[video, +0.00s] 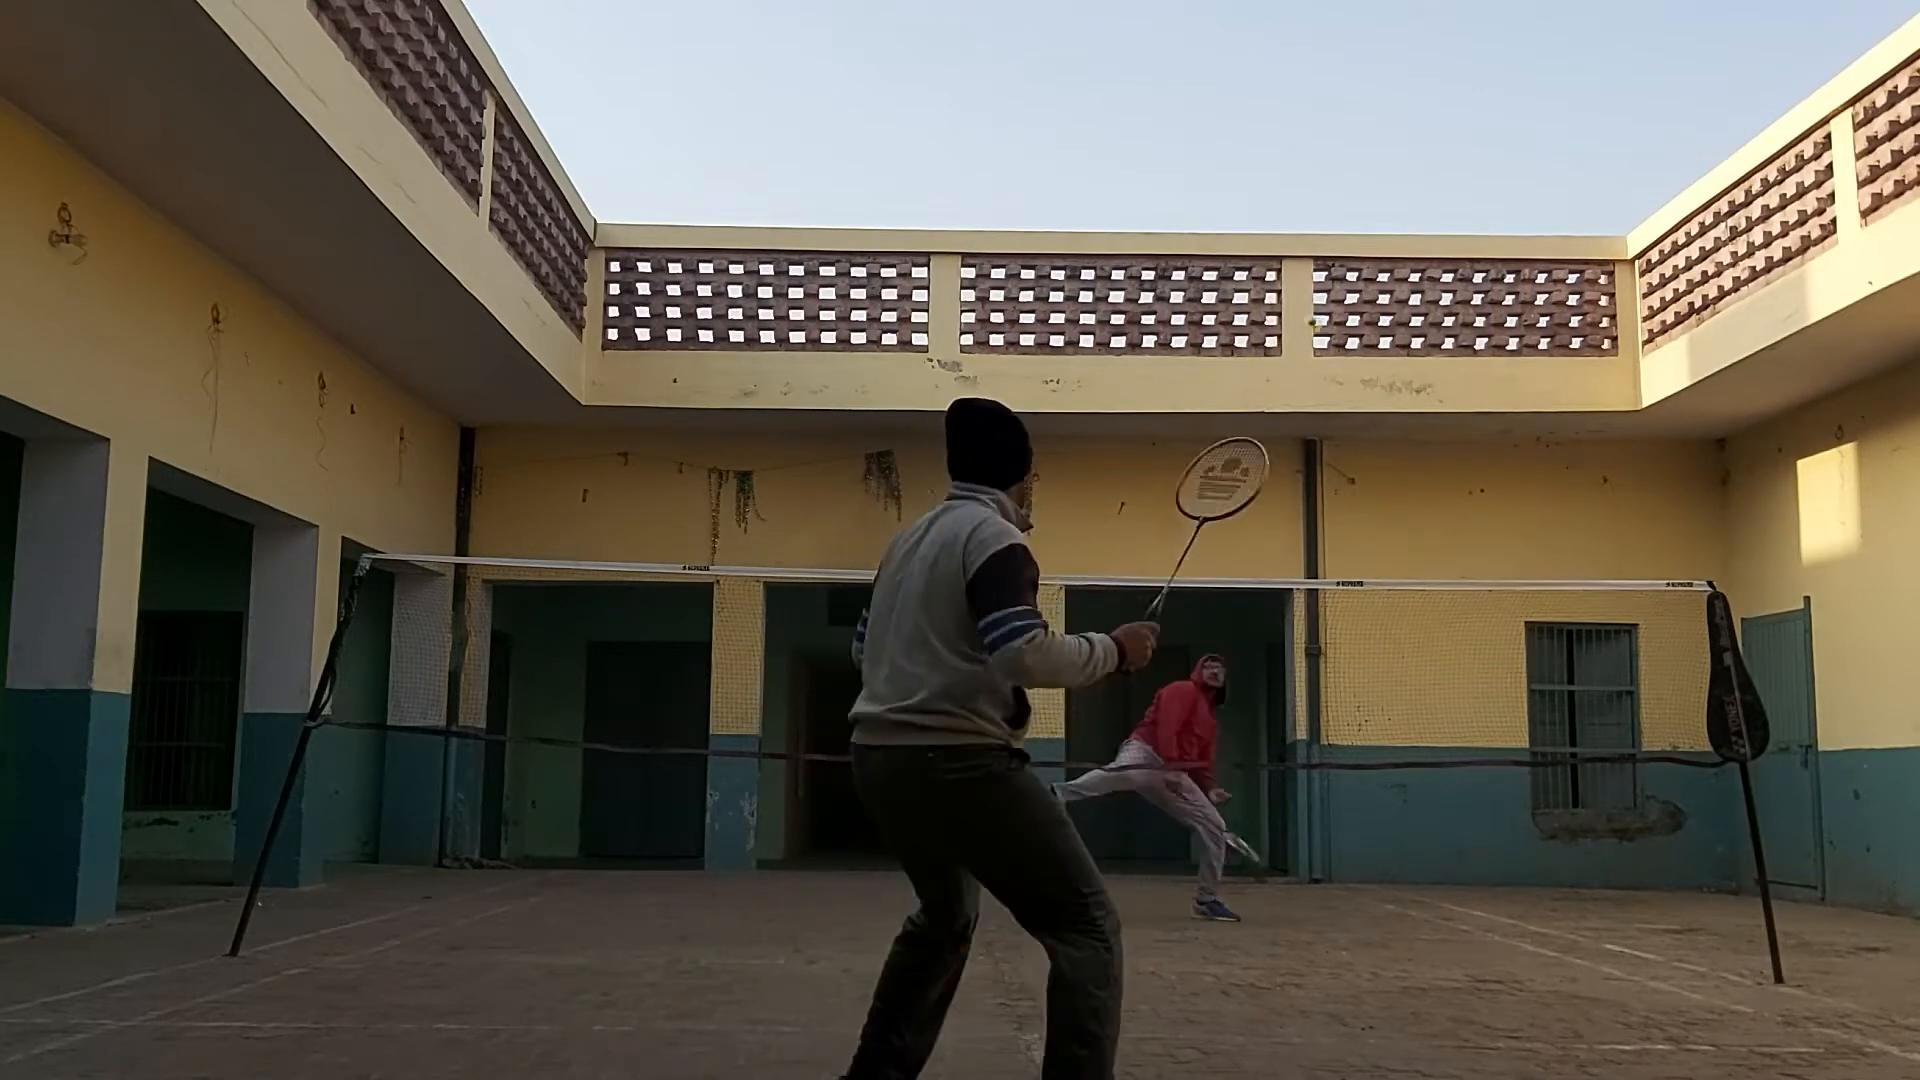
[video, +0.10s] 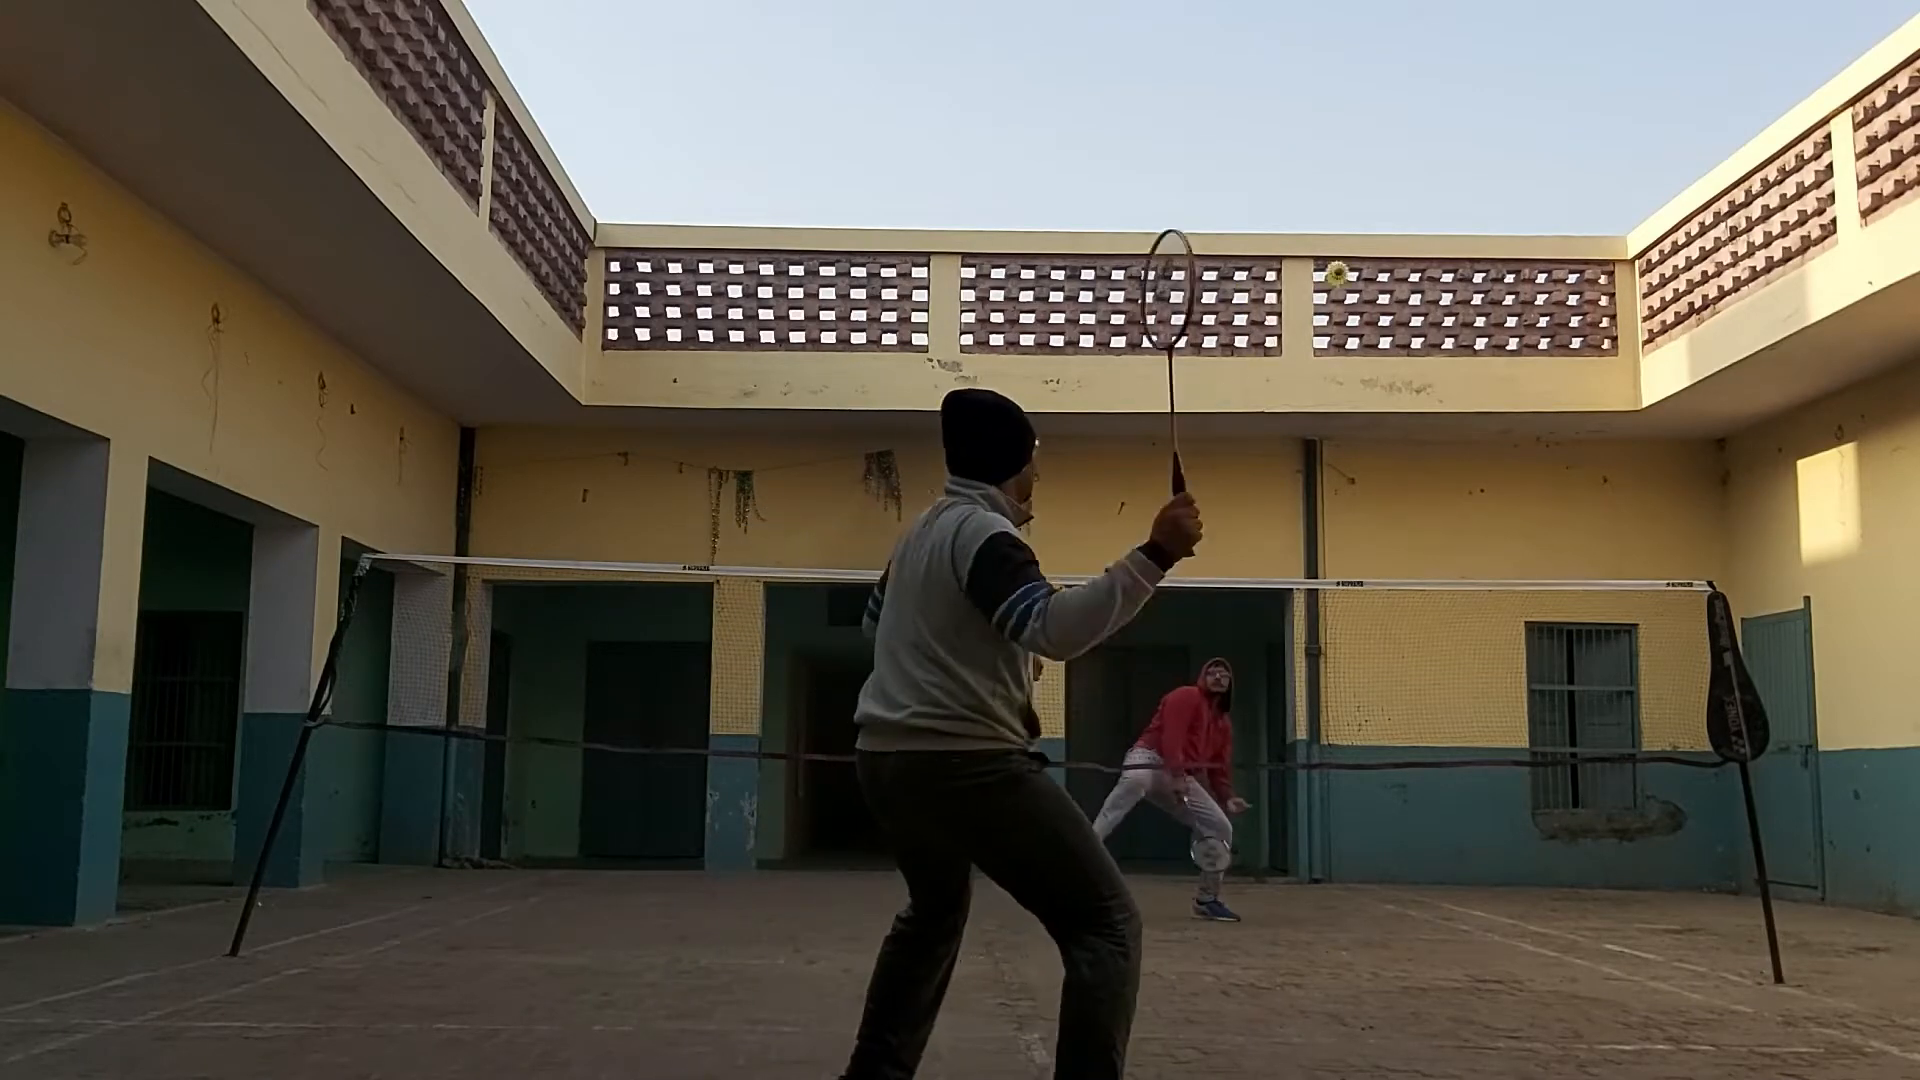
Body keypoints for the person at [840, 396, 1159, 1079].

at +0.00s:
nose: (1029, 492)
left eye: (1028, 479)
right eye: (1028, 479)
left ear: (959, 471)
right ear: (1016, 477)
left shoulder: (906, 541)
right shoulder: (994, 537)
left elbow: (869, 651)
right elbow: (1020, 653)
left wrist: (975, 677)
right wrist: (1112, 650)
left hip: (881, 761)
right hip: (966, 763)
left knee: (946, 913)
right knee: (1087, 925)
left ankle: (875, 1073)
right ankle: (1080, 1074)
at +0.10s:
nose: (1033, 480)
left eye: (1032, 463)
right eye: (1030, 464)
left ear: (960, 463)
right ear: (1012, 466)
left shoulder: (916, 535)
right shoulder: (984, 533)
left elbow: (876, 618)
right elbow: (1051, 628)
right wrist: (1155, 556)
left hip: (888, 760)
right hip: (975, 762)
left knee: (934, 910)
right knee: (1105, 923)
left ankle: (875, 1072)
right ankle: (1088, 1076)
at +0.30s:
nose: (982, 376)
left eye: (981, 369)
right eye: (980, 367)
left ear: (892, 368)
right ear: (969, 367)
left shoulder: (870, 463)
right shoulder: (991, 420)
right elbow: (1104, 459)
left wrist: (1029, 443)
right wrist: (1102, 427)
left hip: (940, 699)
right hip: (1042, 700)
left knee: (905, 880)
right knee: (1078, 907)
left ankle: (818, 1057)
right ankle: (1080, 1070)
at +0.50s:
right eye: (949, 357)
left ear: (870, 381)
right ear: (949, 366)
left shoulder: (848, 494)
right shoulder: (988, 453)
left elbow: (868, 595)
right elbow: (1090, 545)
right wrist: (1123, 510)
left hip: (914, 725)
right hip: (1029, 714)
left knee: (944, 931)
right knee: (1094, 922)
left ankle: (899, 1072)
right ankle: (1084, 1073)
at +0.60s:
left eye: (869, 380)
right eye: (943, 376)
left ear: (864, 394)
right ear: (947, 382)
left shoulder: (825, 509)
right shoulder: (990, 465)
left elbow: (825, 652)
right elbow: (1077, 584)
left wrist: (890, 699)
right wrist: (1157, 617)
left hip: (889, 739)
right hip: (1014, 727)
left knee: (917, 956)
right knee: (1085, 928)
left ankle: (896, 1078)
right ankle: (1091, 1073)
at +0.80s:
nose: (853, 348)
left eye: (851, 339)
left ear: (850, 352)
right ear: (934, 345)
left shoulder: (800, 454)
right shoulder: (988, 424)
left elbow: (734, 575)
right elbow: (1029, 537)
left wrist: (789, 677)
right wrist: (1048, 681)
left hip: (853, 700)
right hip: (978, 694)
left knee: (888, 928)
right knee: (1013, 924)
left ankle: (880, 1077)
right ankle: (1030, 1079)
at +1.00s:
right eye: (909, 341)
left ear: (833, 359)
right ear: (916, 354)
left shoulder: (778, 452)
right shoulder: (967, 431)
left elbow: (688, 586)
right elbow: (1015, 554)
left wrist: (712, 642)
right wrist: (1041, 687)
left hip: (819, 694)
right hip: (945, 692)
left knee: (858, 921)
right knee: (950, 908)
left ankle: (872, 1072)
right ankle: (918, 1067)